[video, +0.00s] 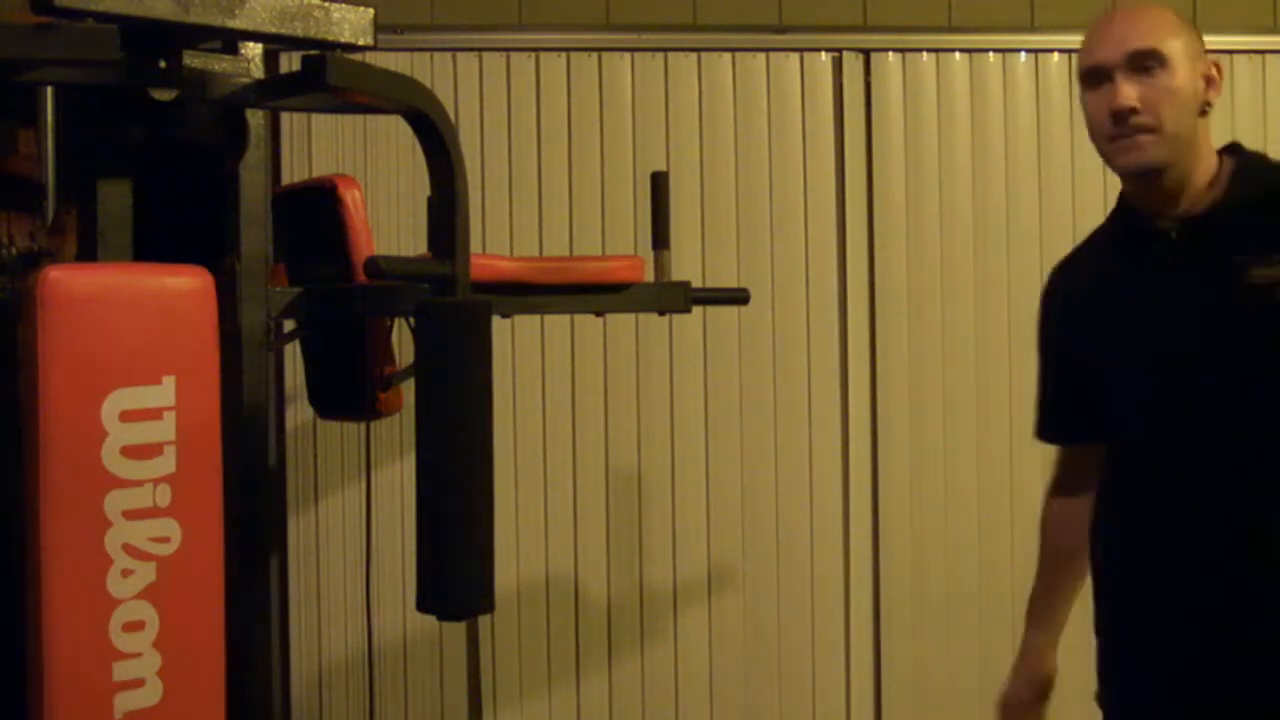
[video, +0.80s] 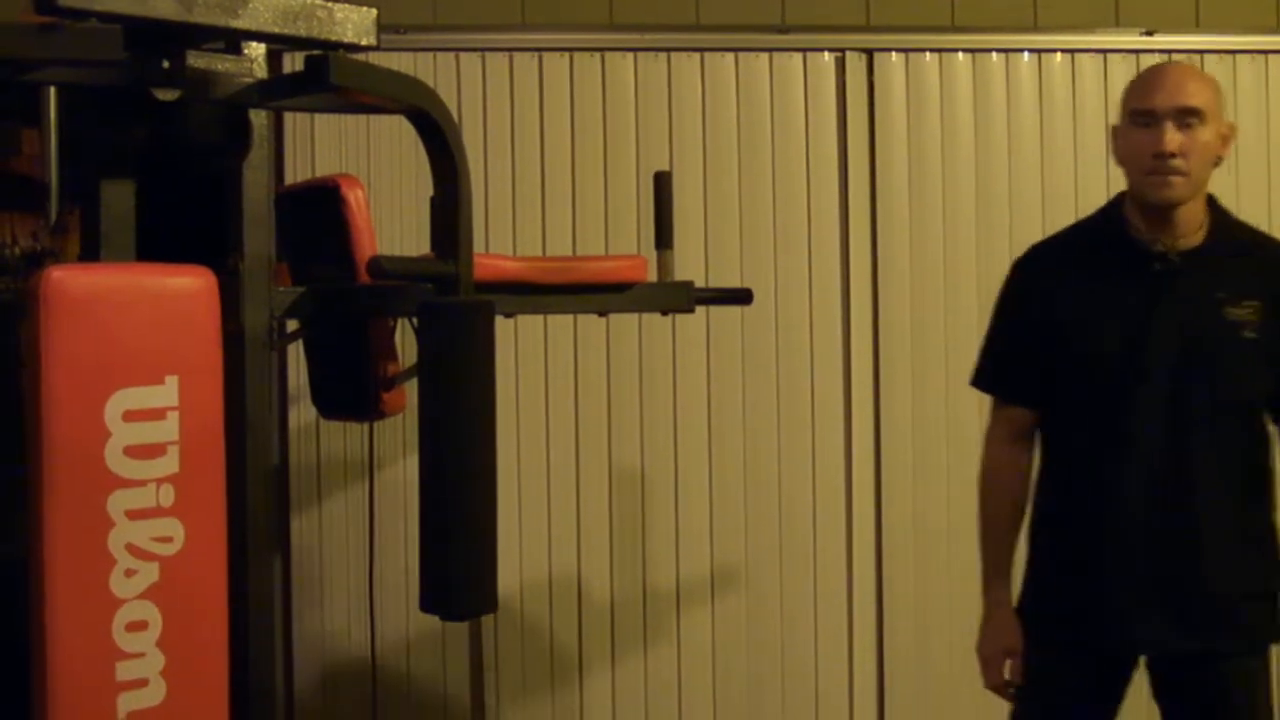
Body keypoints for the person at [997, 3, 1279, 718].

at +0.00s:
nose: (1123, 99)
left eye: (1148, 68)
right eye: (1099, 81)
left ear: (1208, 83)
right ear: (1083, 107)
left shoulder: (1275, 217)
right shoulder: (1083, 285)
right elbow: (1079, 474)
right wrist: (1037, 653)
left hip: (1277, 643)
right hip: (1157, 659)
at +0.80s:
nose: (1166, 141)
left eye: (1188, 120)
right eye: (1146, 121)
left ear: (1222, 142)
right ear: (1116, 141)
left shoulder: (1264, 269)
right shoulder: (1049, 272)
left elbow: (1275, 431)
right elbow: (1010, 436)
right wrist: (996, 601)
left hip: (1219, 591)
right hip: (1078, 590)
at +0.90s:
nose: (1138, 141)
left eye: (1160, 121)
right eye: (1117, 122)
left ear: (1196, 141)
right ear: (1091, 143)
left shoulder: (1248, 271)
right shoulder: (1025, 271)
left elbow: (1272, 441)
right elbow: (989, 434)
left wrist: (1279, 601)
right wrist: (980, 598)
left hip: (1196, 590)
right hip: (1056, 589)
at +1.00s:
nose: (1110, 142)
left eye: (1132, 123)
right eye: (1090, 124)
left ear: (1167, 142)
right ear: (1065, 144)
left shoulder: (1223, 272)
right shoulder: (1002, 271)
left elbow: (1256, 438)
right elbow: (966, 433)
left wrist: (1241, 596)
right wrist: (962, 591)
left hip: (1169, 583)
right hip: (1033, 583)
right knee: (1008, 716)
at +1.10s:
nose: (1084, 144)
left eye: (1106, 125)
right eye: (1063, 127)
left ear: (1139, 146)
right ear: (1038, 149)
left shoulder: (1192, 272)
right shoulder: (978, 275)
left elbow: (1223, 446)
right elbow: (937, 432)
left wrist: (1194, 614)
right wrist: (935, 591)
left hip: (1138, 588)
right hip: (1006, 588)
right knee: (983, 716)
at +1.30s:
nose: (1036, 159)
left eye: (1056, 141)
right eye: (1014, 143)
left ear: (1088, 164)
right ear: (988, 169)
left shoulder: (1147, 283)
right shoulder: (941, 288)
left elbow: (1171, 451)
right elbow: (845, 437)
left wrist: (1163, 608)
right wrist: (912, 563)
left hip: (1091, 591)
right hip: (957, 594)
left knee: (1122, 711)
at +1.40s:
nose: (1018, 152)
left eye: (1038, 134)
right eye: (996, 135)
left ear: (1068, 157)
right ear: (969, 162)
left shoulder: (1132, 276)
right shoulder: (923, 284)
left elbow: (1168, 437)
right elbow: (824, 427)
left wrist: (1145, 567)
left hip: (1082, 597)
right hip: (951, 596)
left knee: (1116, 716)